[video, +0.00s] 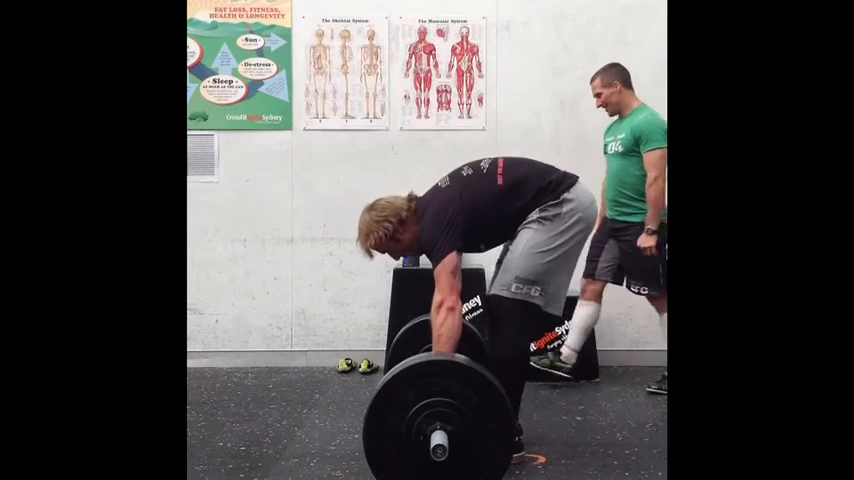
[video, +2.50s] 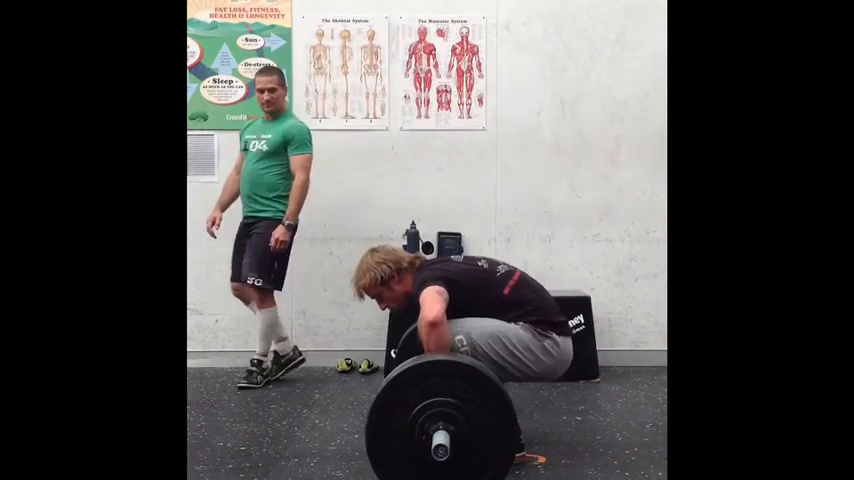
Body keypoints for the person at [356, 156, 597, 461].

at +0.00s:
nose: (395, 258)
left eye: (389, 250)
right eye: (388, 253)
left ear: (399, 229)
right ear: (401, 223)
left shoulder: (438, 219)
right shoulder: (432, 215)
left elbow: (448, 305)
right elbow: (446, 300)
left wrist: (437, 380)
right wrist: (438, 374)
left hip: (560, 205)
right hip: (549, 205)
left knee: (507, 307)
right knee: (502, 306)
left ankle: (504, 429)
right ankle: (500, 425)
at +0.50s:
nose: (396, 258)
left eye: (390, 250)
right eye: (389, 254)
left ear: (399, 224)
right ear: (399, 221)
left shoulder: (435, 220)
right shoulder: (436, 214)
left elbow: (445, 305)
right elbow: (448, 296)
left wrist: (433, 380)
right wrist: (437, 369)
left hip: (557, 205)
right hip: (561, 201)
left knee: (505, 307)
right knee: (507, 306)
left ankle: (504, 435)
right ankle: (501, 429)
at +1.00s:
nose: (394, 261)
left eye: (387, 253)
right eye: (386, 256)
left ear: (399, 230)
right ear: (400, 224)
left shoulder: (433, 223)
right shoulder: (432, 216)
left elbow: (443, 307)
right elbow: (443, 299)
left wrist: (431, 384)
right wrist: (433, 374)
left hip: (556, 203)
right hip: (558, 200)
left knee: (501, 306)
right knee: (501, 305)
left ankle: (505, 434)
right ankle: (501, 428)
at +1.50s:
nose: (392, 263)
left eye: (385, 257)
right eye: (384, 260)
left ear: (395, 234)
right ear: (395, 228)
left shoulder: (430, 226)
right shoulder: (428, 221)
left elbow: (443, 307)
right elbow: (442, 301)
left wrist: (436, 382)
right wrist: (437, 374)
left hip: (554, 209)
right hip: (555, 206)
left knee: (491, 311)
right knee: (493, 311)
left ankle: (499, 433)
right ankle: (497, 429)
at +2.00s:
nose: (381, 294)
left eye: (377, 286)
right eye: (375, 289)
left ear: (391, 267)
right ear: (393, 263)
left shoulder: (428, 262)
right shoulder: (427, 257)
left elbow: (439, 316)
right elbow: (441, 317)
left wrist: (438, 388)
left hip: (550, 303)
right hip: (547, 299)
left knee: (448, 332)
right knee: (442, 331)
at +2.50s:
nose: (383, 306)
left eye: (379, 297)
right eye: (377, 300)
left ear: (394, 279)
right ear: (397, 276)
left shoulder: (430, 275)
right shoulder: (436, 268)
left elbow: (433, 319)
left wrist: (438, 387)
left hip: (546, 343)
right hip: (545, 339)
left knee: (442, 339)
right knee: (438, 337)